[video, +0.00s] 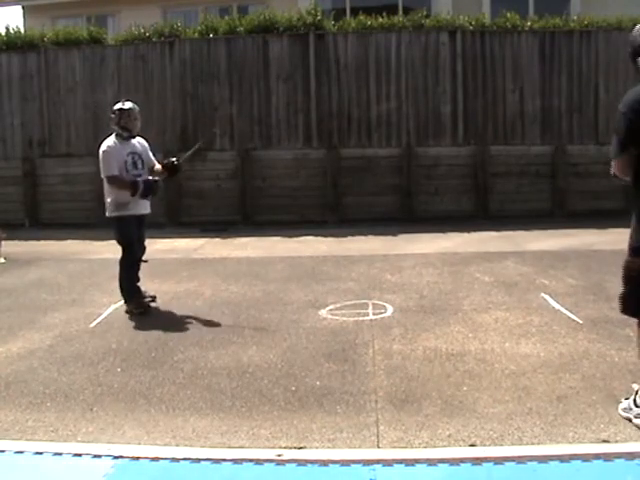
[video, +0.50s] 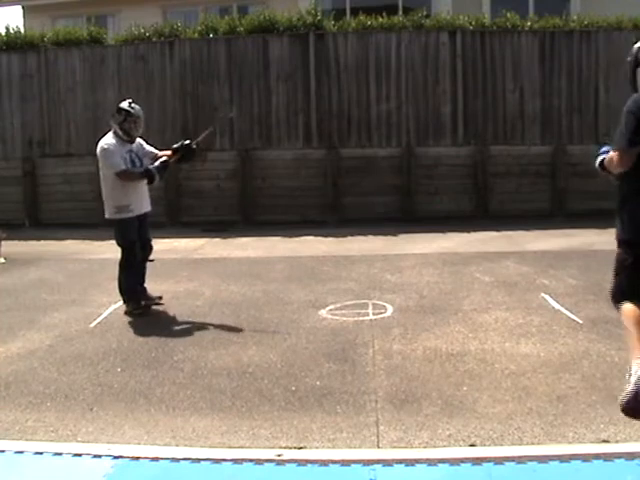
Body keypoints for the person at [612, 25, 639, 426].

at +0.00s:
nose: (632, 60)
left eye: (632, 53)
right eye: (633, 53)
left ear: (635, 57)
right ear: (638, 58)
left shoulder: (635, 101)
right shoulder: (632, 100)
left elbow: (621, 166)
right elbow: (621, 166)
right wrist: (628, 160)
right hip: (639, 233)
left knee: (636, 306)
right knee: (635, 305)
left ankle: (639, 396)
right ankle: (639, 394)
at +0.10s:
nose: (631, 64)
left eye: (629, 57)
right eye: (632, 56)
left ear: (629, 59)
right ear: (636, 57)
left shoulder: (629, 99)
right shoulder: (626, 99)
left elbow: (618, 164)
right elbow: (618, 163)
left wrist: (615, 163)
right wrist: (618, 162)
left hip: (639, 233)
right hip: (637, 232)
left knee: (638, 312)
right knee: (636, 310)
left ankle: (639, 396)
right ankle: (638, 395)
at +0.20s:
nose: (622, 66)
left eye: (622, 59)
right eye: (624, 59)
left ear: (626, 60)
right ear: (637, 58)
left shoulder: (629, 97)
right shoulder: (627, 98)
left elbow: (616, 163)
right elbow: (616, 162)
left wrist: (611, 161)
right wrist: (615, 160)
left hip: (637, 229)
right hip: (636, 228)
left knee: (636, 309)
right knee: (635, 307)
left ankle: (638, 396)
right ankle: (637, 395)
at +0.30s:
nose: (623, 70)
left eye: (623, 65)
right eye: (626, 64)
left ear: (627, 64)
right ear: (638, 63)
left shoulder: (629, 100)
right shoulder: (628, 100)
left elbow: (616, 164)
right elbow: (617, 162)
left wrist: (602, 161)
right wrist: (608, 159)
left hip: (636, 232)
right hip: (634, 232)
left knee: (637, 313)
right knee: (635, 311)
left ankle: (639, 395)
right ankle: (637, 394)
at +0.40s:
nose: (631, 73)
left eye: (630, 67)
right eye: (633, 67)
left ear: (632, 68)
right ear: (638, 68)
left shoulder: (633, 102)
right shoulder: (631, 103)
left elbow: (617, 163)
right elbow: (617, 162)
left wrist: (604, 163)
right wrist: (609, 162)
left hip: (635, 231)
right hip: (634, 231)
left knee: (636, 308)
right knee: (634, 306)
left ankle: (638, 391)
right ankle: (637, 390)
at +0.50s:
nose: (633, 73)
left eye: (633, 66)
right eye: (635, 66)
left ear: (634, 69)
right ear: (638, 70)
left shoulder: (637, 104)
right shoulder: (635, 105)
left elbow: (622, 158)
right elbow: (622, 158)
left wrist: (606, 158)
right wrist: (611, 157)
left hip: (634, 226)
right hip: (633, 226)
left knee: (627, 295)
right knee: (627, 296)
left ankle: (637, 368)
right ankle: (635, 370)